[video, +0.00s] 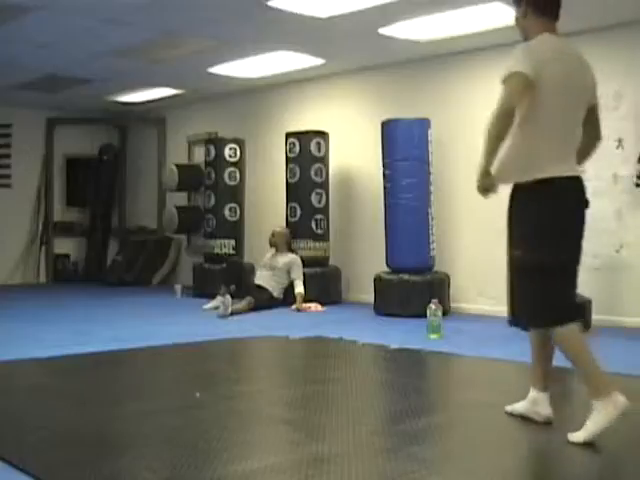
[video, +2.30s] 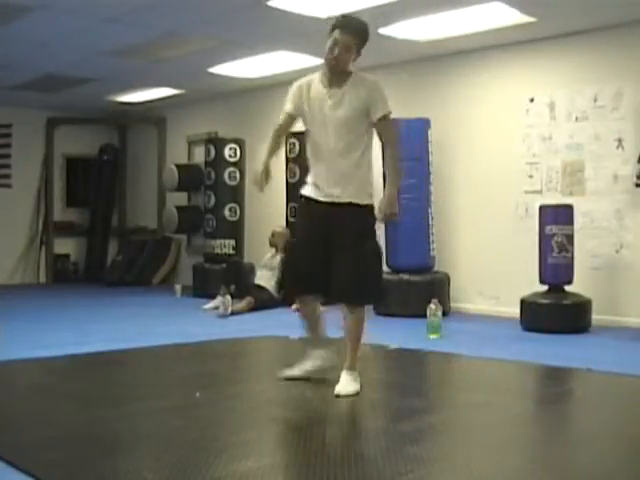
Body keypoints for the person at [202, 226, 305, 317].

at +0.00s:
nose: (271, 238)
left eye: (274, 235)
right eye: (272, 235)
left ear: (283, 239)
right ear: (274, 239)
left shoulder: (293, 259)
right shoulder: (270, 254)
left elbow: (298, 282)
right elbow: (261, 272)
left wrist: (299, 302)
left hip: (270, 294)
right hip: (254, 287)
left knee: (250, 301)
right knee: (234, 264)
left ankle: (230, 310)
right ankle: (221, 298)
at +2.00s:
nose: (270, 237)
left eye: (274, 235)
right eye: (271, 235)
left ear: (283, 239)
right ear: (277, 240)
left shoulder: (293, 259)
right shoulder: (270, 254)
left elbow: (298, 283)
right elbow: (262, 273)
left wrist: (299, 302)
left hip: (271, 293)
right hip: (254, 287)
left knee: (250, 300)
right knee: (234, 264)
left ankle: (230, 310)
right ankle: (221, 298)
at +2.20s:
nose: (270, 237)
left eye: (273, 235)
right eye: (271, 235)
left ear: (283, 239)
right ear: (278, 239)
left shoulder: (292, 258)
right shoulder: (269, 255)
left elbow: (296, 281)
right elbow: (261, 273)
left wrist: (298, 301)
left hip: (270, 294)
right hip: (255, 287)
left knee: (250, 301)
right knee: (234, 264)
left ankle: (230, 310)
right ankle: (221, 298)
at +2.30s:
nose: (269, 238)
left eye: (273, 236)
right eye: (271, 235)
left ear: (281, 239)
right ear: (277, 240)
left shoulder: (285, 258)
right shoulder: (269, 255)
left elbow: (286, 280)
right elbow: (261, 273)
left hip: (270, 293)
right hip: (254, 287)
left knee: (250, 301)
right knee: (234, 264)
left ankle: (230, 309)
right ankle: (221, 298)